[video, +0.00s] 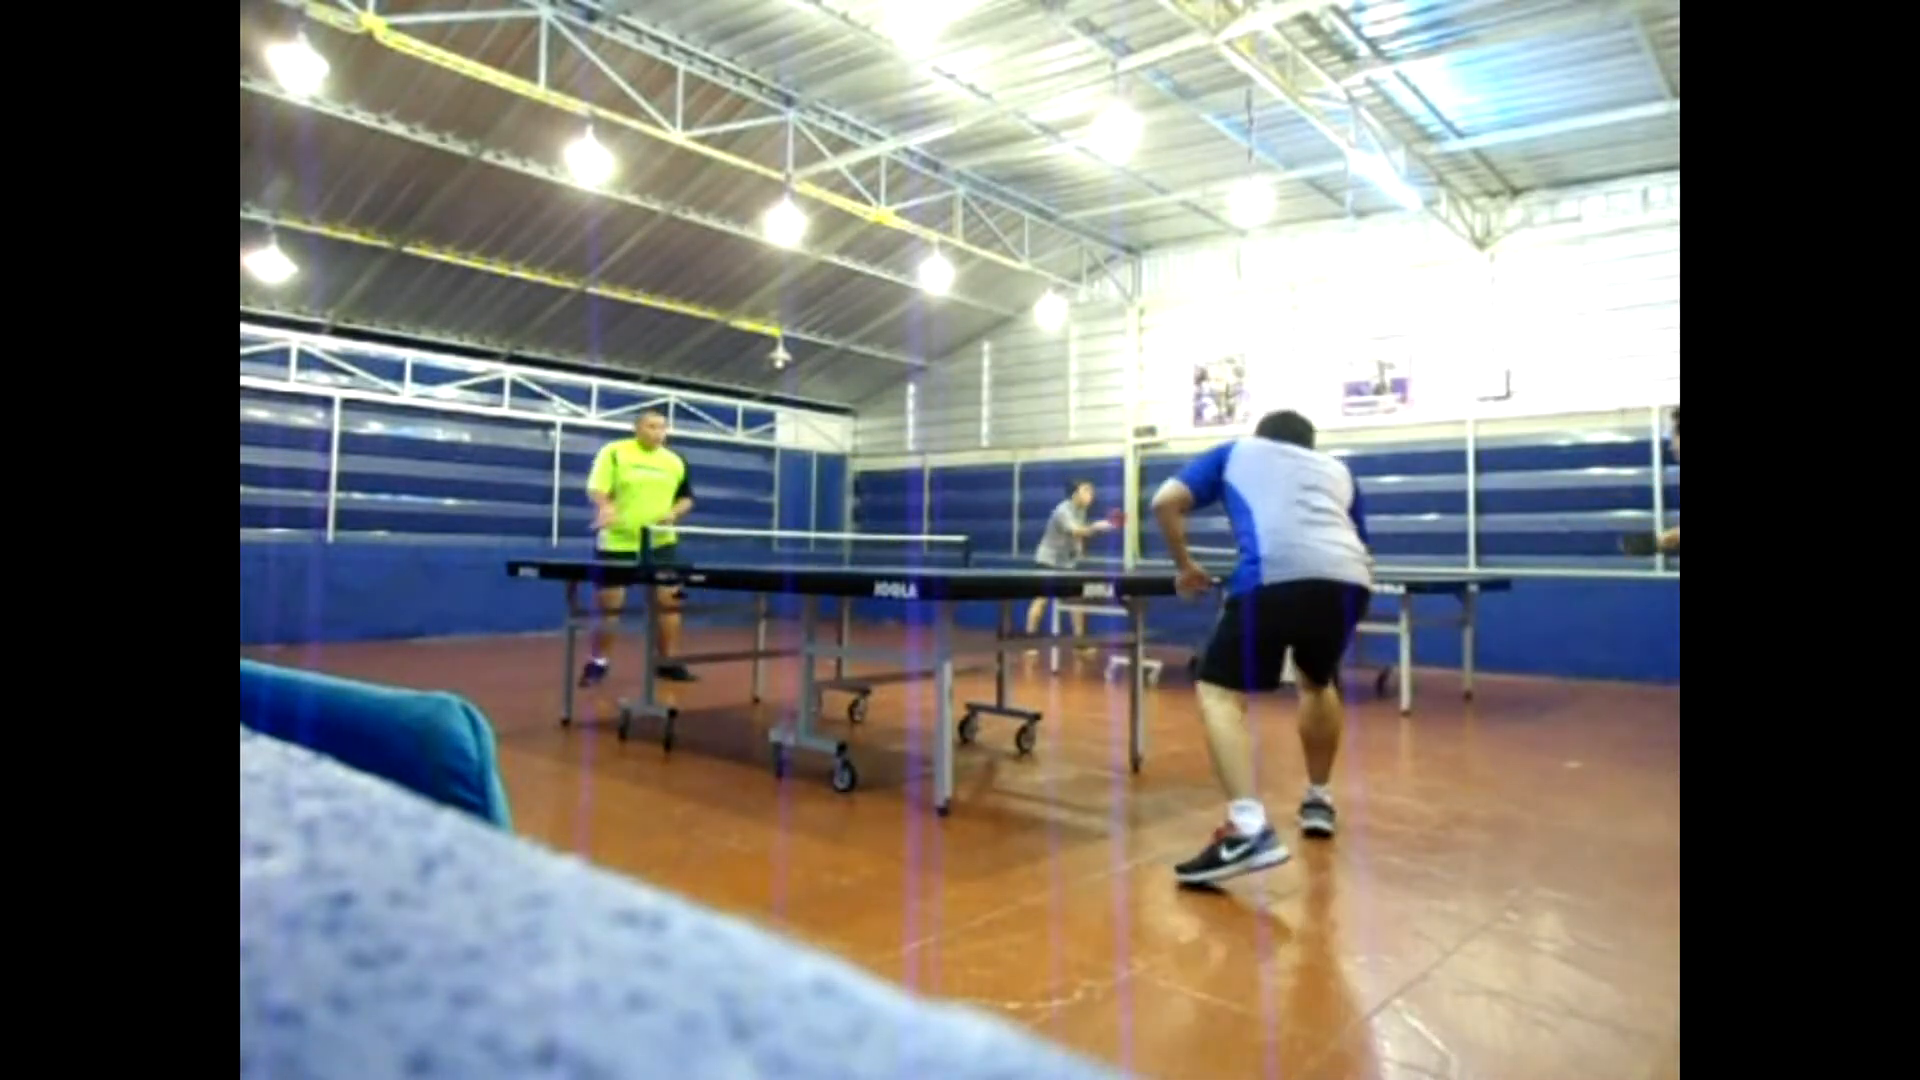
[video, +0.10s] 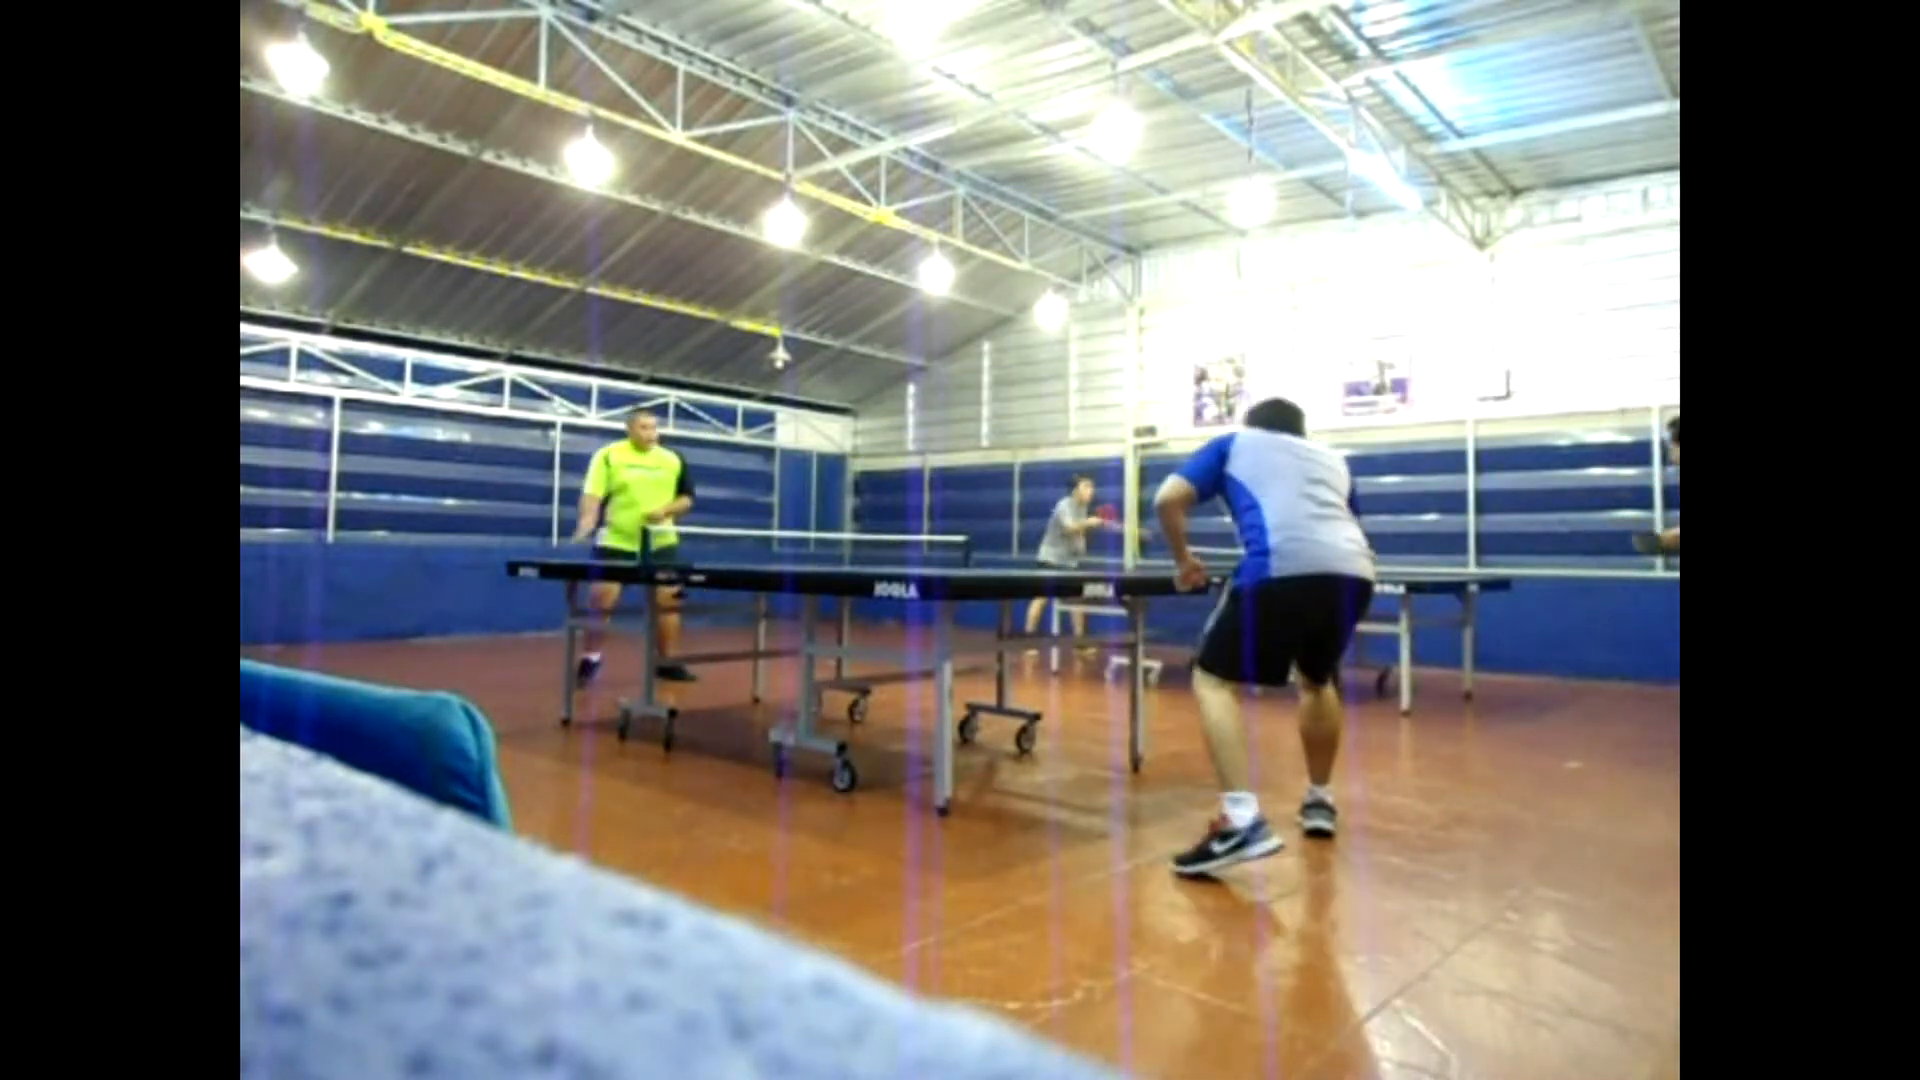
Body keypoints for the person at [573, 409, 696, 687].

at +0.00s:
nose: (656, 433)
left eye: (661, 427)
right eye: (651, 426)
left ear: (666, 430)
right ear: (637, 427)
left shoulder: (675, 462)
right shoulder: (613, 453)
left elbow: (686, 497)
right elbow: (597, 487)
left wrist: (673, 513)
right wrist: (606, 509)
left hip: (661, 540)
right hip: (619, 540)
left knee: (669, 600)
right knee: (610, 603)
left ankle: (668, 659)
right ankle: (599, 660)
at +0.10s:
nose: (649, 433)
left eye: (653, 427)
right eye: (643, 427)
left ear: (658, 430)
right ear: (630, 429)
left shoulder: (674, 460)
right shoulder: (608, 456)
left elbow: (687, 498)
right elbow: (592, 495)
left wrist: (664, 511)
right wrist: (587, 522)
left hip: (661, 538)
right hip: (619, 537)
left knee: (668, 599)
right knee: (603, 598)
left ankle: (668, 658)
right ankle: (591, 657)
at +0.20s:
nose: (638, 437)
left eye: (641, 431)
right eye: (631, 431)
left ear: (648, 433)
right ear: (619, 433)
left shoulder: (666, 464)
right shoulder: (599, 463)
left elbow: (682, 500)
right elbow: (583, 506)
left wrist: (658, 515)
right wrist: (569, 545)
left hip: (658, 543)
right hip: (614, 544)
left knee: (669, 601)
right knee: (601, 601)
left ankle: (668, 658)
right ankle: (582, 663)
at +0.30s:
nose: (622, 442)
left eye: (626, 435)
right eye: (615, 436)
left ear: (632, 436)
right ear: (603, 438)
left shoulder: (651, 465)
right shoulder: (586, 470)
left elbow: (672, 501)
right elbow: (575, 513)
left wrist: (649, 519)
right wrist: (561, 544)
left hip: (651, 550)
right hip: (606, 551)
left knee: (669, 600)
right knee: (597, 606)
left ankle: (667, 659)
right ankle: (583, 666)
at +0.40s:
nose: (606, 447)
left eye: (610, 440)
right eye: (599, 441)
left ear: (618, 438)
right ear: (589, 442)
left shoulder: (641, 464)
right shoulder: (576, 474)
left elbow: (667, 498)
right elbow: (571, 518)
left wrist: (645, 521)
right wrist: (551, 543)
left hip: (646, 549)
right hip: (601, 551)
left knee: (669, 600)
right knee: (594, 605)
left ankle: (670, 655)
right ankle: (585, 666)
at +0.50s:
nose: (600, 454)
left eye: (603, 447)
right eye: (593, 448)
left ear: (612, 444)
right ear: (583, 449)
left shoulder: (635, 464)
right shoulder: (572, 478)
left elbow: (666, 496)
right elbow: (569, 520)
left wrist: (649, 521)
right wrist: (549, 534)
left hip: (644, 546)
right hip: (600, 552)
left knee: (669, 594)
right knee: (593, 605)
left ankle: (667, 644)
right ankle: (585, 667)